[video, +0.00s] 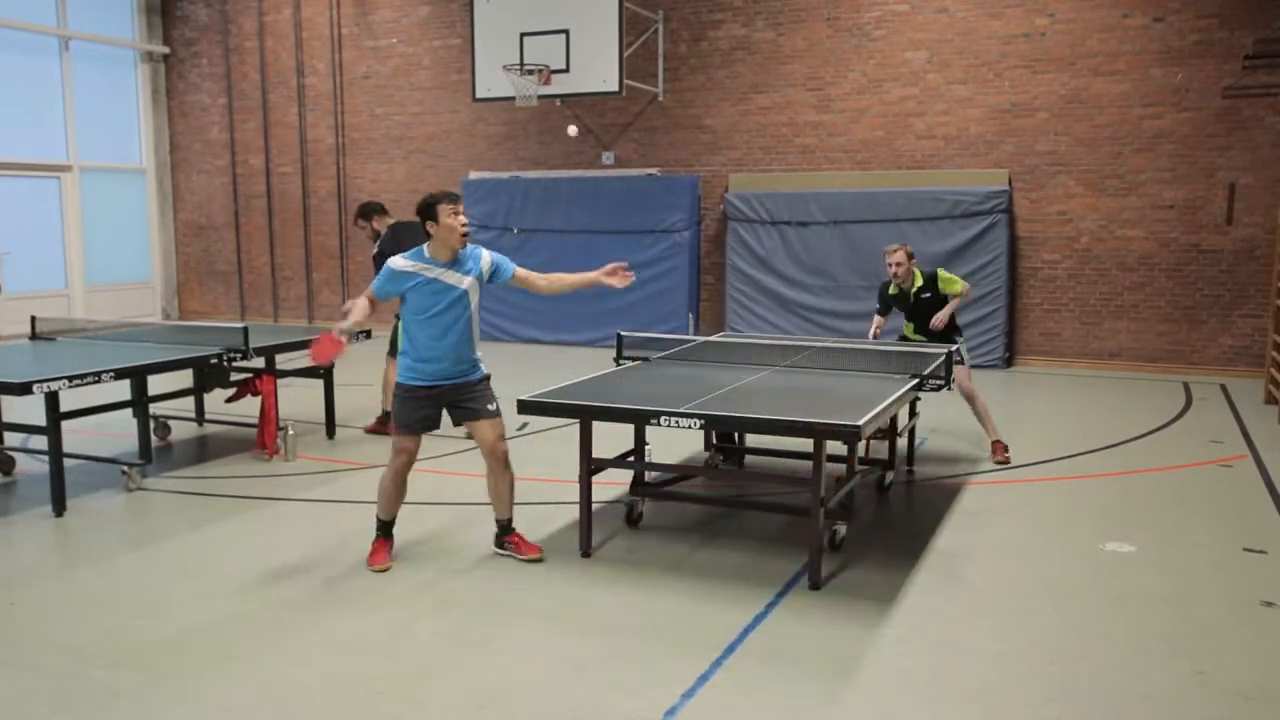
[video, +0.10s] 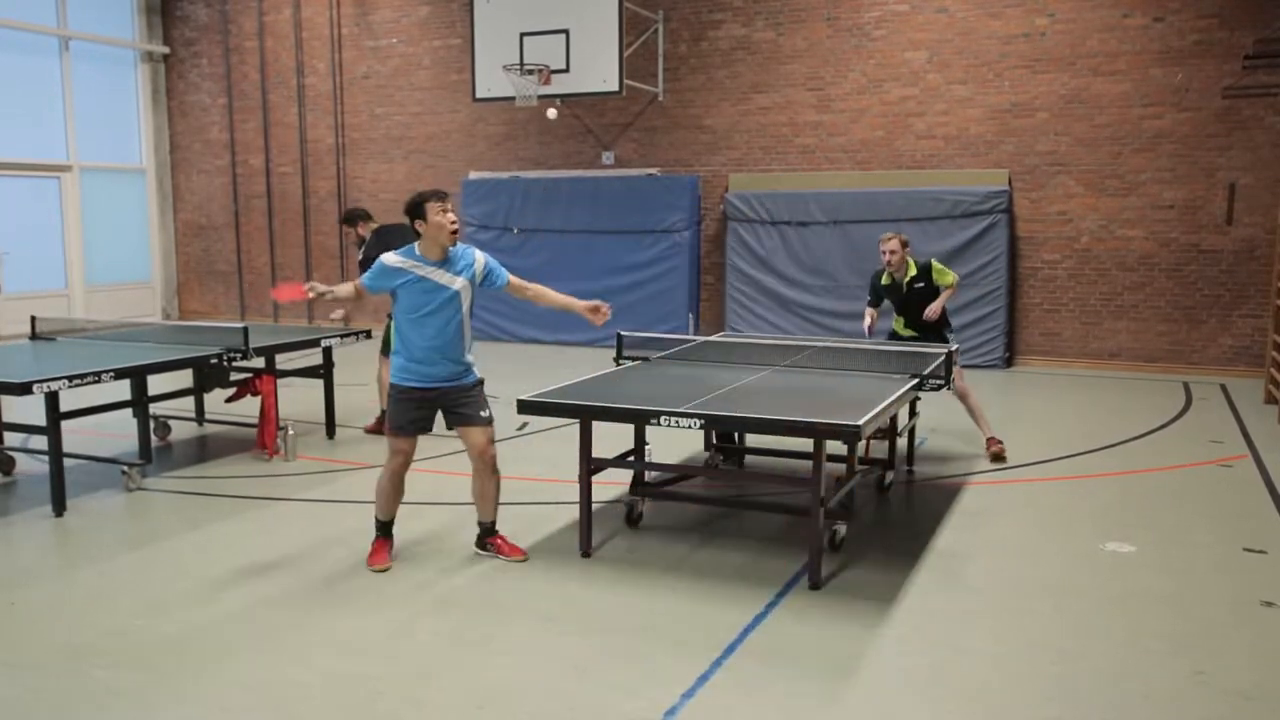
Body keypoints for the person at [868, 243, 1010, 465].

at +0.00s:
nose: (893, 271)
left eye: (898, 265)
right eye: (890, 266)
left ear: (912, 264)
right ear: (886, 267)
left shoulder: (934, 278)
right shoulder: (888, 290)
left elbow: (965, 290)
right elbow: (881, 314)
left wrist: (946, 311)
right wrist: (876, 326)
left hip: (947, 339)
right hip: (912, 339)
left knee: (965, 387)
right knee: (889, 378)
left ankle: (996, 442)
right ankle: (887, 425)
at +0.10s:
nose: (887, 258)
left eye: (892, 253)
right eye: (884, 254)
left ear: (905, 253)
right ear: (880, 256)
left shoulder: (928, 268)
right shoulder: (880, 280)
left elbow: (952, 284)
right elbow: (873, 306)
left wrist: (939, 302)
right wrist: (869, 317)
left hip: (938, 335)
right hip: (902, 335)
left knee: (959, 387)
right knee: (884, 378)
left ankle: (990, 439)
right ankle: (887, 424)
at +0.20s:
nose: (885, 244)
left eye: (890, 239)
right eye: (881, 240)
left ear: (903, 239)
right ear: (878, 243)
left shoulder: (925, 257)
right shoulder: (876, 268)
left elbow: (947, 271)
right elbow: (867, 297)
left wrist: (935, 292)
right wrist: (865, 307)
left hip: (930, 328)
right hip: (896, 330)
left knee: (955, 381)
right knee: (877, 375)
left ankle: (977, 434)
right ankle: (886, 424)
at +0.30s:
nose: (886, 236)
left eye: (891, 231)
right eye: (882, 231)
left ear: (905, 231)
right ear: (878, 234)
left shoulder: (926, 249)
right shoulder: (876, 261)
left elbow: (950, 267)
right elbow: (866, 290)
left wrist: (933, 286)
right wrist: (864, 302)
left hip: (928, 322)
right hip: (895, 324)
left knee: (951, 374)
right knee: (874, 368)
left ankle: (962, 430)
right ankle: (887, 417)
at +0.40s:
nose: (888, 239)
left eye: (894, 233)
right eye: (885, 234)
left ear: (907, 234)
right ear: (881, 237)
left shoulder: (927, 255)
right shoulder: (877, 264)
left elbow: (955, 272)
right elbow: (863, 293)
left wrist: (935, 291)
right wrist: (862, 305)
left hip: (927, 327)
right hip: (893, 327)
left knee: (946, 379)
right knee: (871, 375)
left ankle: (960, 431)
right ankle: (865, 430)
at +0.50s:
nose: (890, 242)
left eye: (895, 236)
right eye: (886, 237)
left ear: (908, 238)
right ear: (883, 240)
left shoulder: (928, 260)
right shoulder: (878, 268)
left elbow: (956, 281)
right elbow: (859, 297)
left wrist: (935, 300)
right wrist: (859, 310)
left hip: (925, 332)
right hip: (890, 333)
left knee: (945, 382)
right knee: (873, 381)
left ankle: (958, 432)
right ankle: (865, 433)